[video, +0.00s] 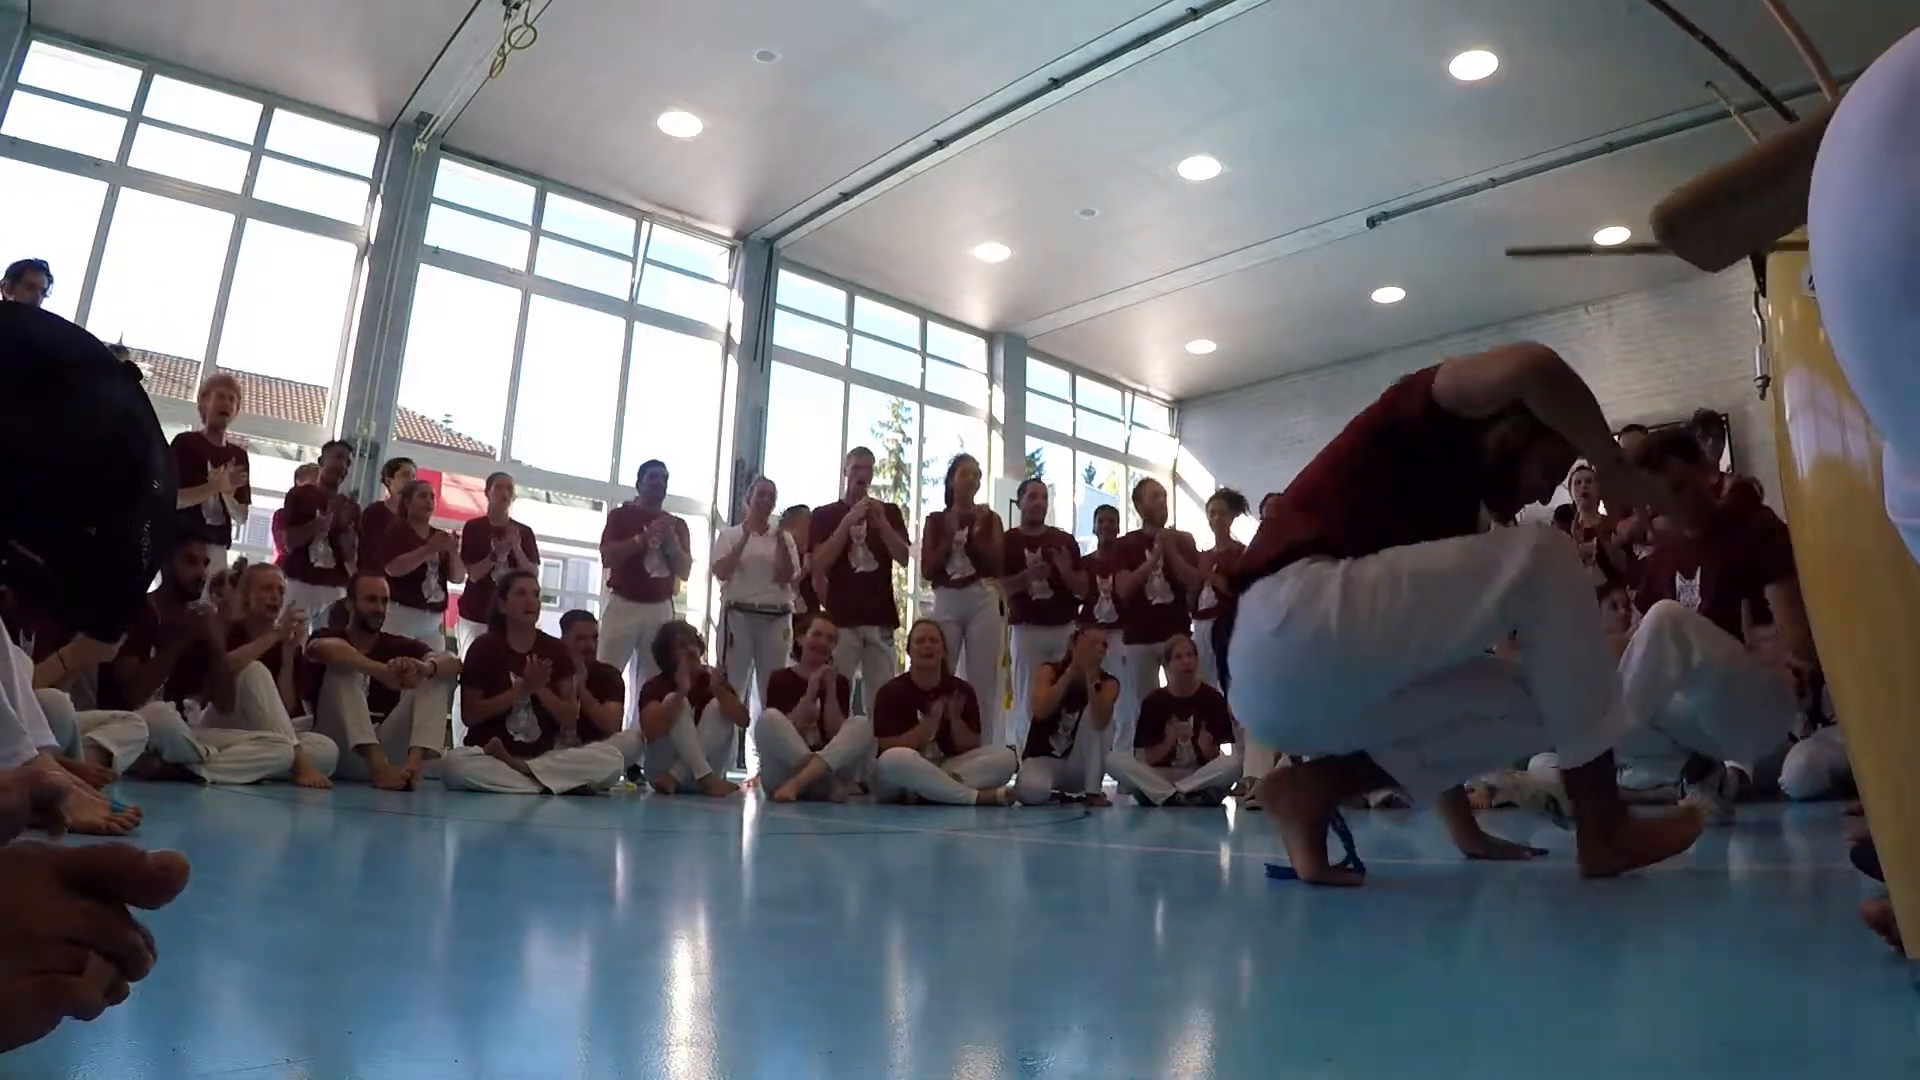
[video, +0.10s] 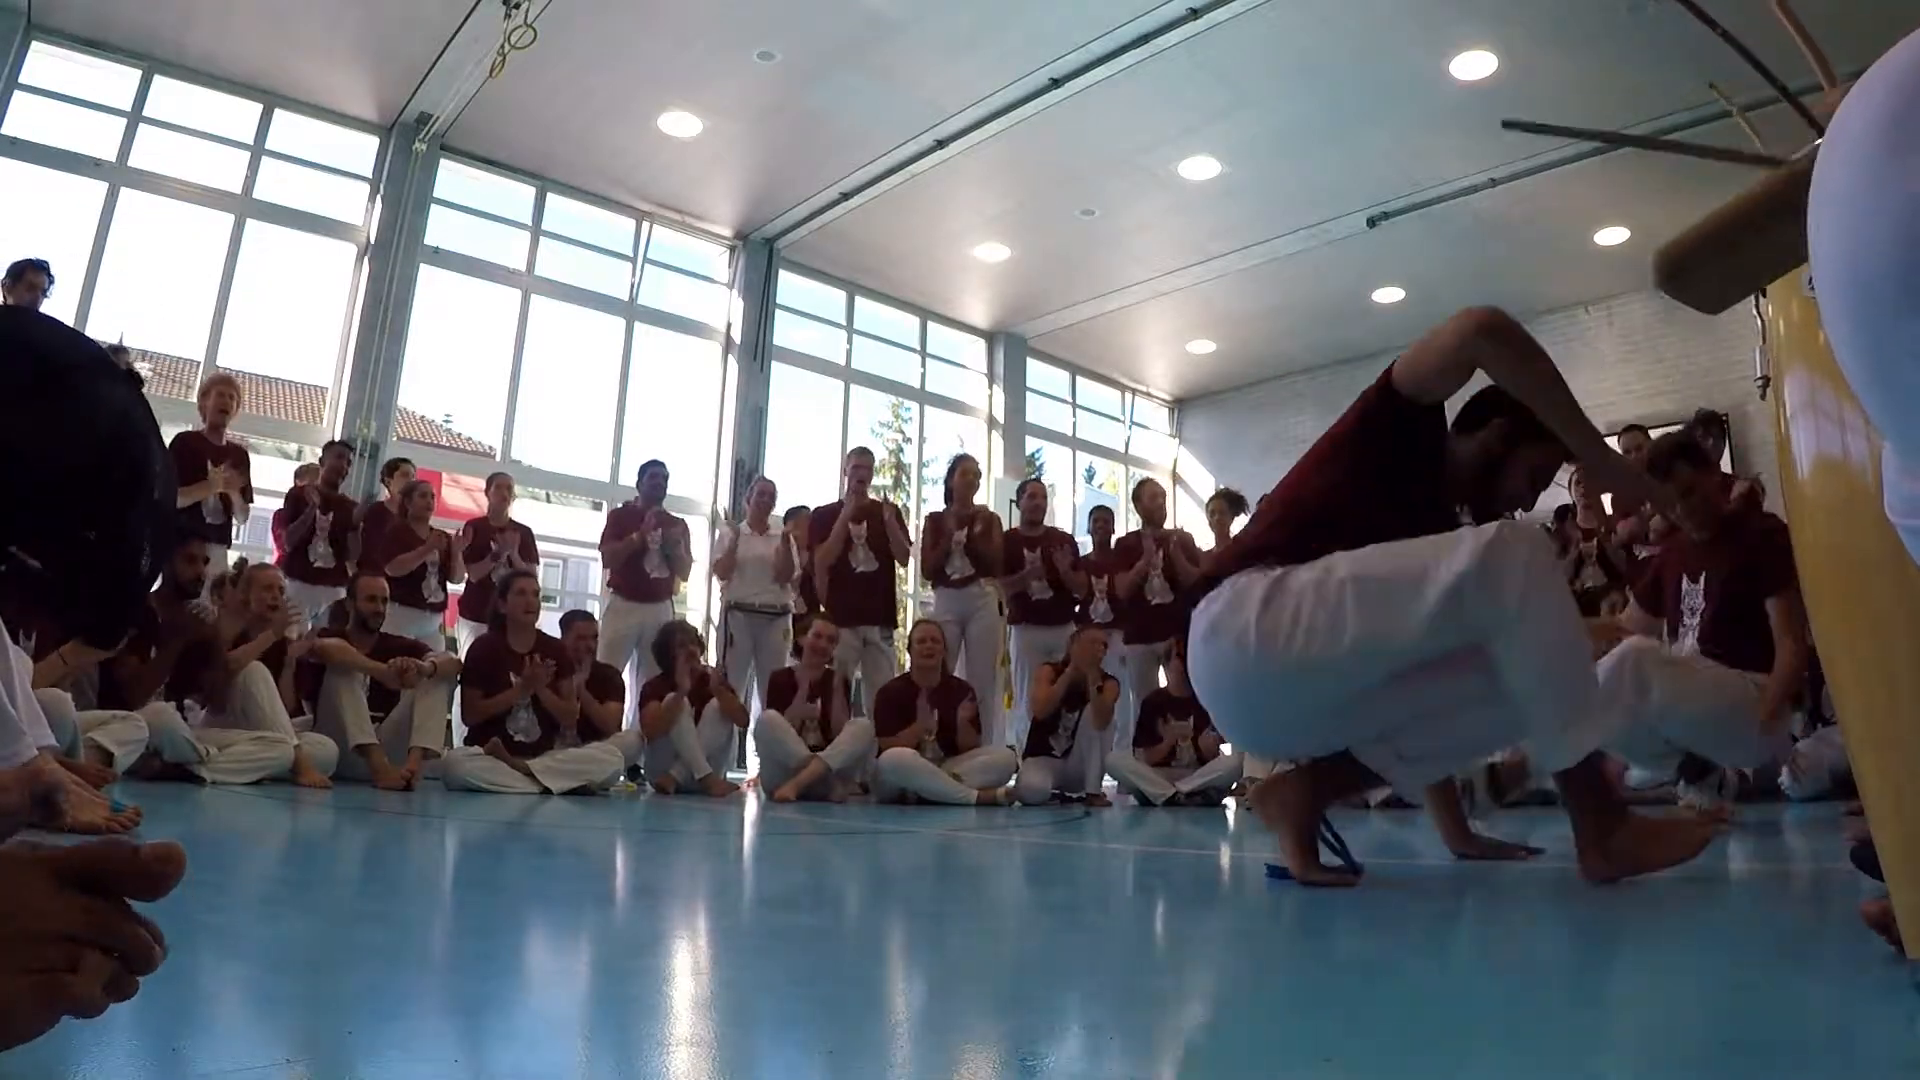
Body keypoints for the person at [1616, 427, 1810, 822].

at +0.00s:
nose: (1670, 507)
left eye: (1677, 489)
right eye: (1661, 497)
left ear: (1702, 478)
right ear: (1650, 501)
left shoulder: (1753, 526)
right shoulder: (1662, 555)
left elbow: (1795, 634)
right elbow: (1639, 635)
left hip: (1760, 711)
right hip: (1684, 711)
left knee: (1665, 619)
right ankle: (1695, 773)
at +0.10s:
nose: (1683, 510)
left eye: (1689, 493)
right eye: (1669, 504)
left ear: (1716, 479)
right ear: (1659, 508)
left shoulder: (1763, 534)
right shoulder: (1674, 553)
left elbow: (1790, 642)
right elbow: (1631, 626)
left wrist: (1772, 703)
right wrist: (1566, 635)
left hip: (1760, 707)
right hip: (1691, 702)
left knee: (1636, 659)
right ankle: (1698, 775)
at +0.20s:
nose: (1688, 513)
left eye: (1695, 497)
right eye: (1675, 506)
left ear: (1722, 481)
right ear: (1666, 508)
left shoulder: (1769, 538)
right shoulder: (1681, 552)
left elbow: (1787, 649)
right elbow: (1610, 602)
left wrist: (1766, 741)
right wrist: (1538, 579)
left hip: (1748, 703)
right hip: (1683, 691)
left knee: (1589, 697)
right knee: (1578, 695)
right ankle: (1695, 779)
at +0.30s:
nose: (1696, 524)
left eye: (1704, 509)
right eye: (1685, 512)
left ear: (1732, 491)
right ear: (1672, 507)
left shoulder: (1769, 541)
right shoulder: (1677, 546)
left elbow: (1786, 658)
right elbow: (1593, 554)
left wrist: (1753, 764)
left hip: (1747, 704)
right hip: (1689, 689)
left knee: (1595, 735)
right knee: (1578, 693)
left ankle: (1445, 791)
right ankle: (1697, 783)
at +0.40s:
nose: (1698, 524)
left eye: (1707, 509)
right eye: (1687, 513)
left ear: (1733, 495)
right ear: (1671, 509)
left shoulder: (1765, 550)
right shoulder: (1687, 551)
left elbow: (1767, 672)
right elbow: (1629, 569)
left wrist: (1744, 773)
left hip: (1738, 714)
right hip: (1690, 689)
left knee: (1597, 745)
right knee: (1573, 696)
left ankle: (1443, 801)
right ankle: (1694, 781)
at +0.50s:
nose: (1693, 524)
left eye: (1705, 507)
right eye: (1680, 511)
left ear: (1731, 492)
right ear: (1665, 507)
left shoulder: (1763, 550)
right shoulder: (1697, 546)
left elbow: (1755, 682)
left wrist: (1735, 801)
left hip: (1726, 717)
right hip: (1684, 685)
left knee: (1591, 756)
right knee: (1565, 699)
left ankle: (1439, 811)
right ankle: (1694, 783)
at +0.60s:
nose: (1651, 519)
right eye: (1653, 505)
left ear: (1699, 500)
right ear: (1693, 500)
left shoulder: (1761, 554)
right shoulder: (1690, 547)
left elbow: (1745, 689)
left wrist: (1727, 807)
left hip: (1715, 711)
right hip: (1674, 680)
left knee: (1578, 754)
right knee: (1556, 706)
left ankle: (1434, 811)